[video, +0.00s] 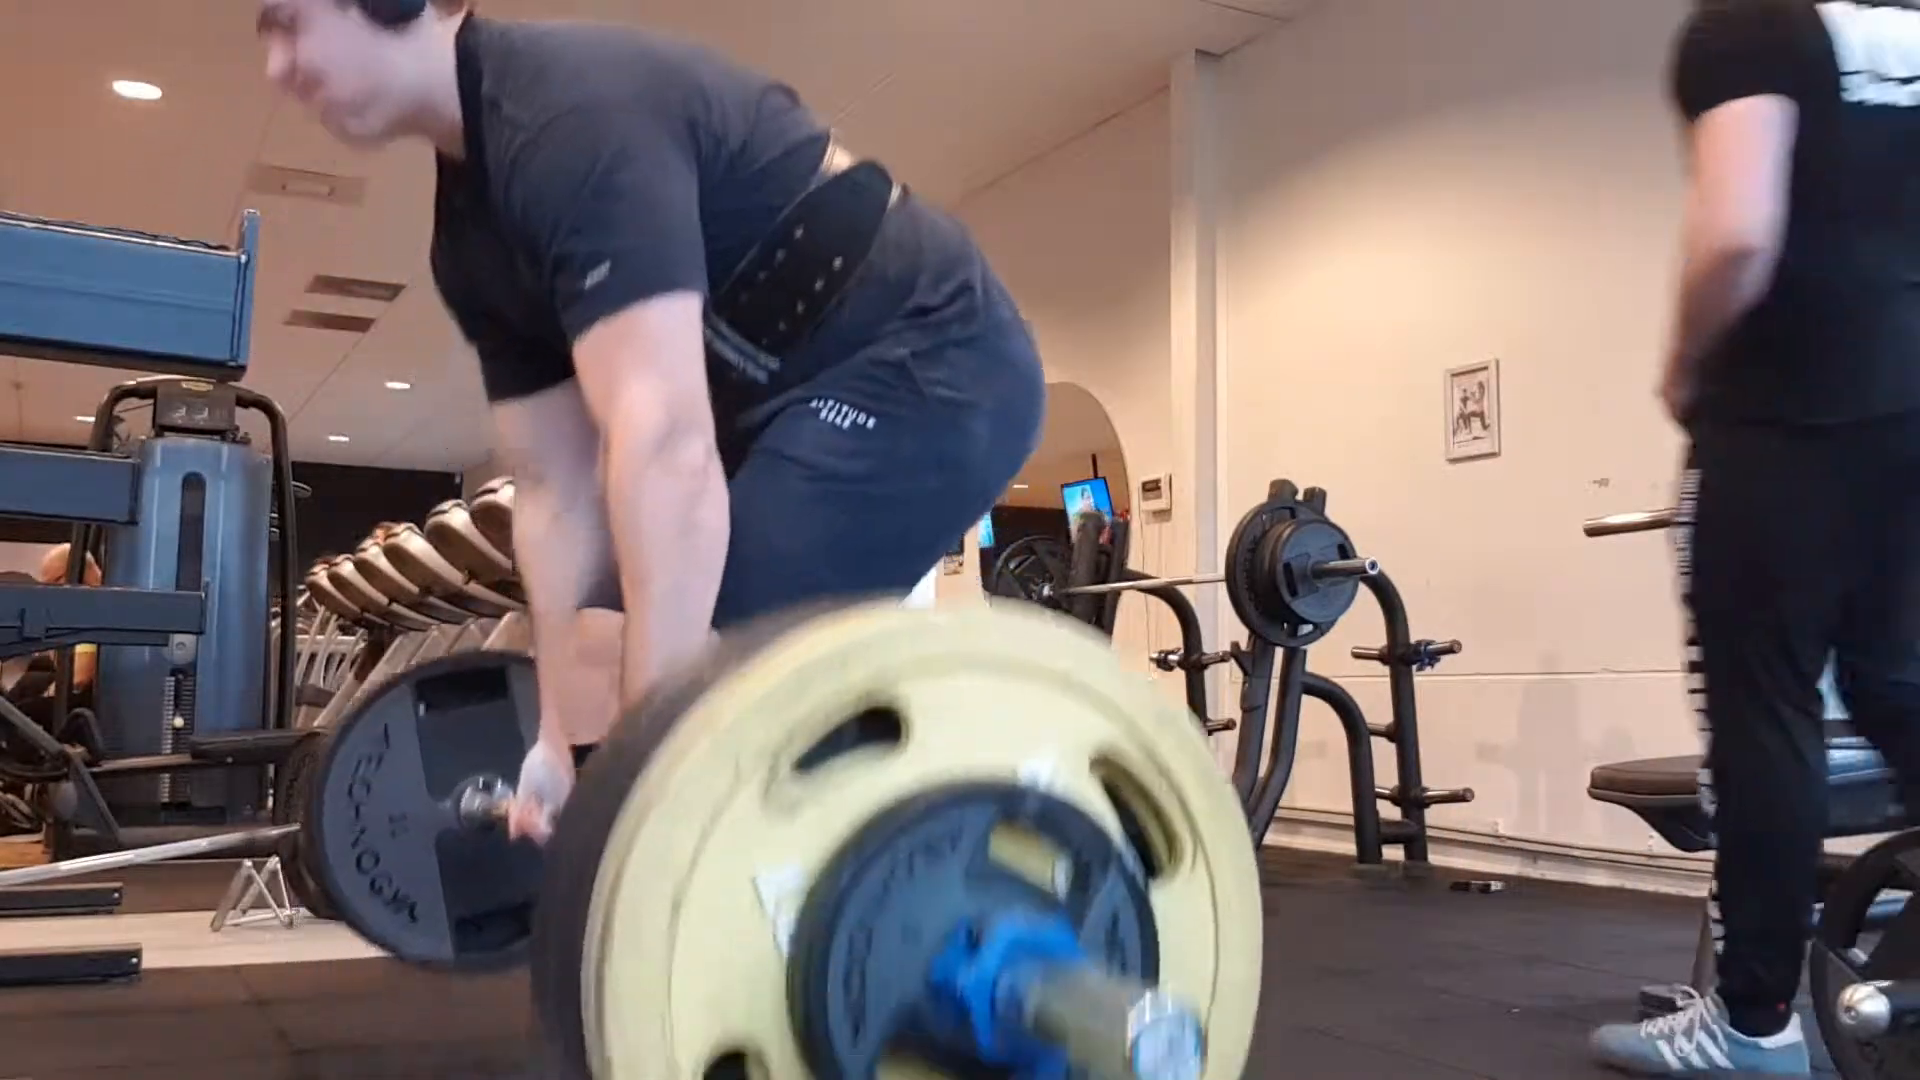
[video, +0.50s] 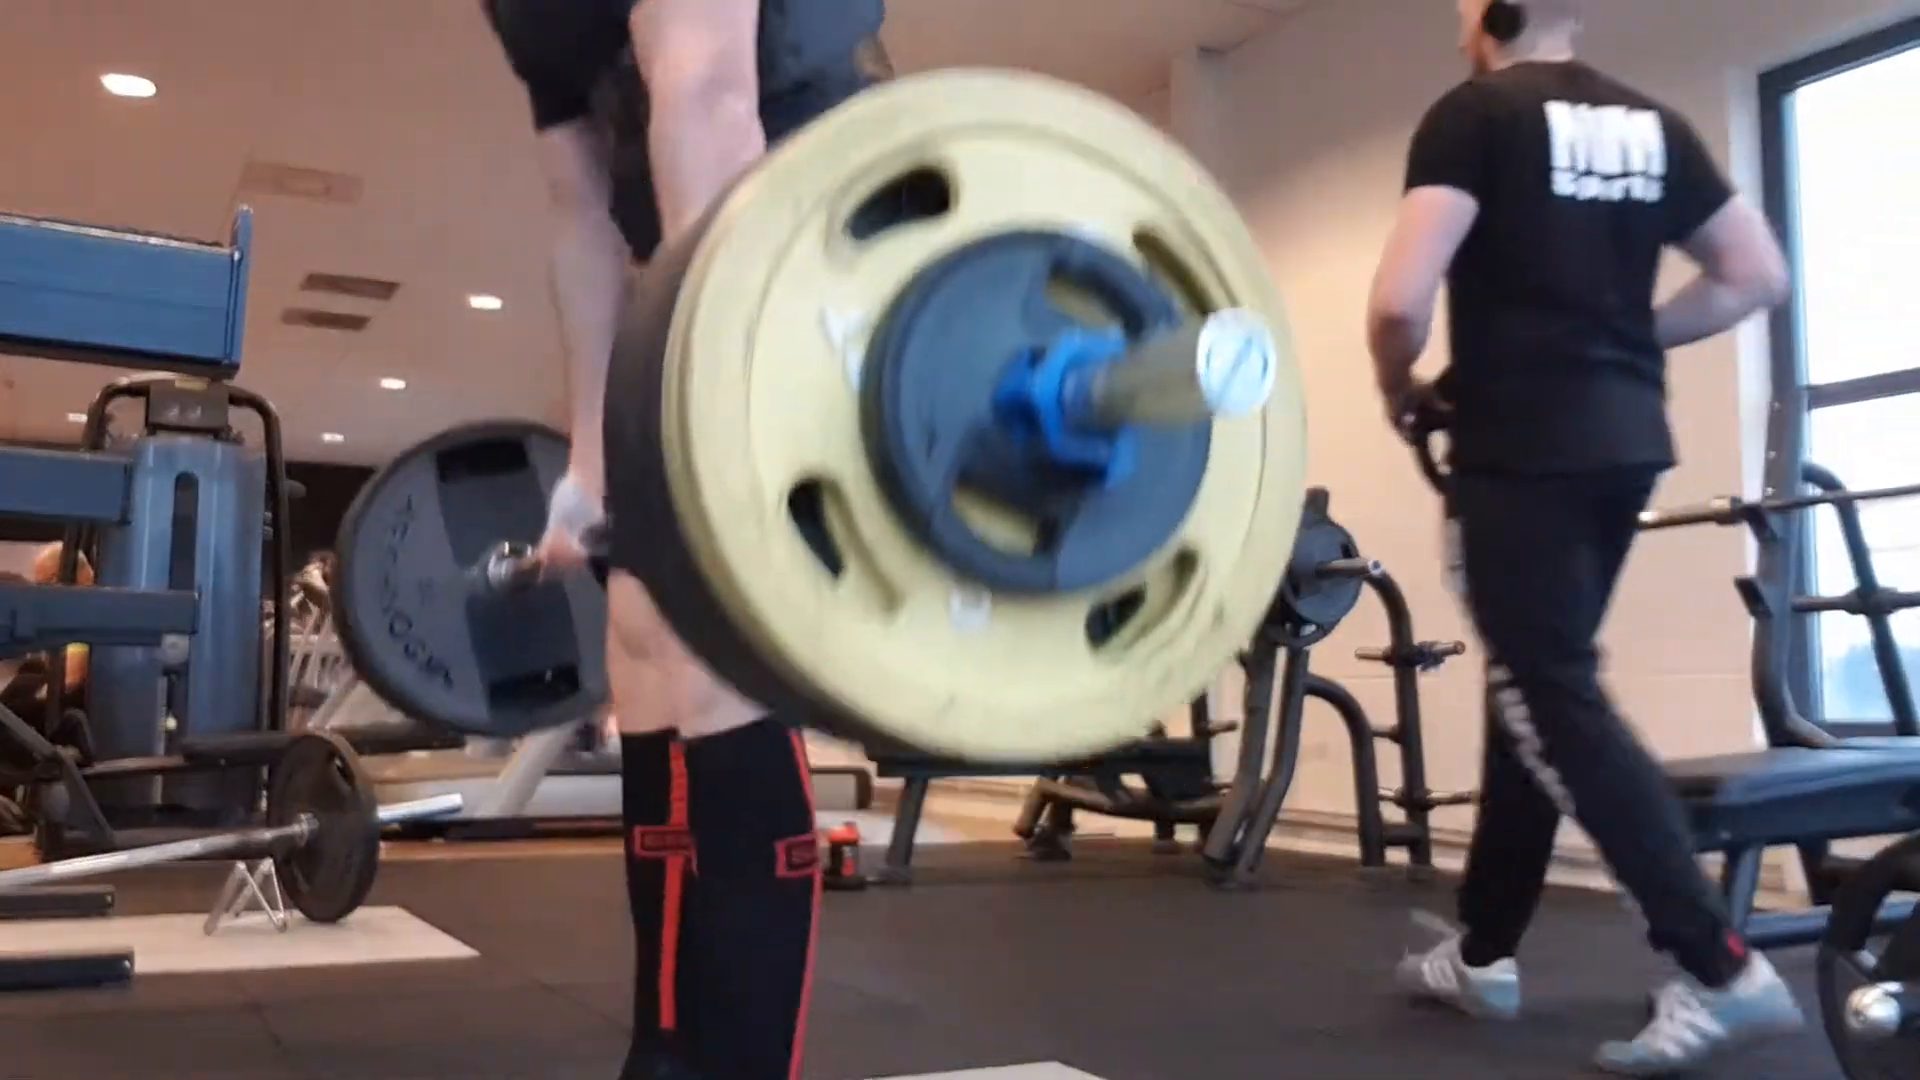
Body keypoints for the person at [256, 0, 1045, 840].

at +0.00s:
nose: (276, 68)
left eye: (289, 23)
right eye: (268, 37)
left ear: (405, 2)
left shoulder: (581, 116)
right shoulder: (470, 221)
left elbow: (667, 446)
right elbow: (549, 483)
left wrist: (670, 756)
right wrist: (561, 735)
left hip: (915, 364)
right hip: (787, 403)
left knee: (722, 694)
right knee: (592, 645)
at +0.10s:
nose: (314, 4)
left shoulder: (591, 67)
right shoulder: (477, 175)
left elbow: (669, 386)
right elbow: (554, 439)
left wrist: (672, 688)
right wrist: (567, 694)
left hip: (913, 341)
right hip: (782, 384)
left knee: (734, 666)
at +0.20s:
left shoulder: (592, 21)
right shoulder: (483, 120)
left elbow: (676, 320)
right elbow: (559, 386)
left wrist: (678, 617)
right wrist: (570, 640)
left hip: (904, 319)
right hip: (765, 354)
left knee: (752, 672)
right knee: (683, 684)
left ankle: (708, 1033)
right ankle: (687, 1028)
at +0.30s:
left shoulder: (621, 8)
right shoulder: (489, 68)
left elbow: (681, 247)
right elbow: (562, 321)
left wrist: (683, 553)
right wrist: (580, 578)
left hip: (896, 311)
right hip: (755, 337)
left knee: (748, 722)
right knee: (673, 706)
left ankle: (718, 1056)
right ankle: (677, 1047)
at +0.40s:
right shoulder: (506, 22)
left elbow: (693, 177)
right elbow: (570, 251)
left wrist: (708, 509)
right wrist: (587, 511)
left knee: (724, 693)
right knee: (680, 696)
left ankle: (712, 1049)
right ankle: (690, 1045)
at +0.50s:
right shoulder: (531, 17)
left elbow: (710, 98)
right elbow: (582, 199)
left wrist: (748, 405)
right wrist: (587, 467)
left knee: (688, 661)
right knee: (649, 653)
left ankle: (712, 1053)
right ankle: (679, 1042)